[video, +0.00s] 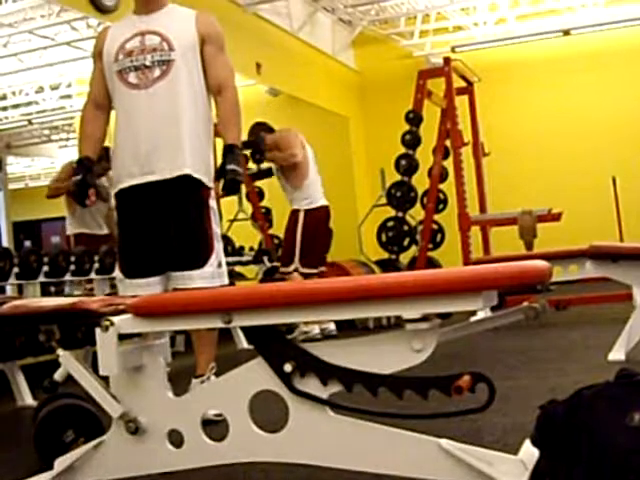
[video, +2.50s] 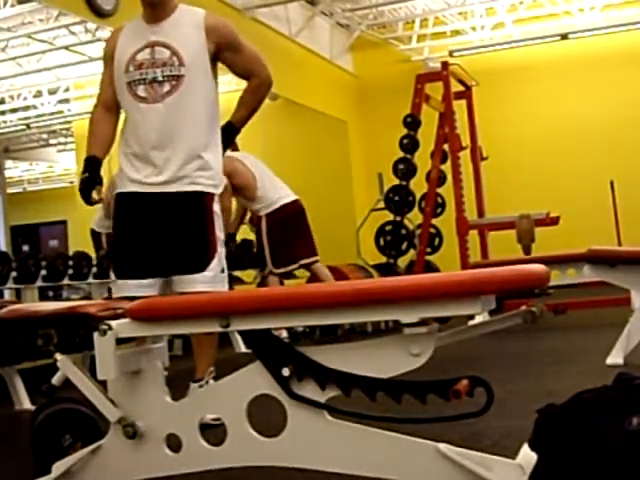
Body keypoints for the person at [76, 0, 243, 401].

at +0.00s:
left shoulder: (200, 24)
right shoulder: (108, 37)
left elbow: (224, 90)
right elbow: (97, 106)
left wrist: (233, 155)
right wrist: (85, 166)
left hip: (187, 170)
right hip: (132, 179)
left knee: (200, 284)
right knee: (142, 290)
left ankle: (205, 377)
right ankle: (150, 383)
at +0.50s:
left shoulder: (199, 27)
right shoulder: (107, 40)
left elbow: (222, 92)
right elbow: (97, 108)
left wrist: (229, 155)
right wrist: (84, 169)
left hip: (187, 174)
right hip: (132, 181)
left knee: (199, 287)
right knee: (141, 294)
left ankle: (205, 381)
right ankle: (150, 387)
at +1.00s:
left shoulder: (200, 30)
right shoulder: (107, 41)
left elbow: (221, 96)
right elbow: (98, 109)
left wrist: (229, 158)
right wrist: (88, 171)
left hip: (188, 176)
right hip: (132, 183)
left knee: (201, 289)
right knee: (141, 296)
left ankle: (205, 379)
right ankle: (149, 385)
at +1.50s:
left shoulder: (210, 34)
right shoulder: (116, 40)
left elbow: (238, 101)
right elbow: (104, 108)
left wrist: (242, 165)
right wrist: (98, 169)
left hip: (197, 180)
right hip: (138, 185)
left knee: (205, 292)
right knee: (142, 299)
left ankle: (204, 383)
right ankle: (147, 387)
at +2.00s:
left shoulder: (212, 29)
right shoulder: (118, 37)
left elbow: (255, 81)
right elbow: (106, 106)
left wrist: (227, 130)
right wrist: (98, 172)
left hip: (197, 176)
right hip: (139, 179)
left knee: (202, 293)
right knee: (141, 297)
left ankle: (204, 385)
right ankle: (148, 388)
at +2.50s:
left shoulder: (209, 29)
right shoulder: (119, 39)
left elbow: (261, 78)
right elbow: (106, 106)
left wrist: (232, 129)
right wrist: (93, 161)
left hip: (193, 179)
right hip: (135, 182)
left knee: (201, 294)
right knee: (135, 297)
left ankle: (203, 383)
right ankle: (143, 387)